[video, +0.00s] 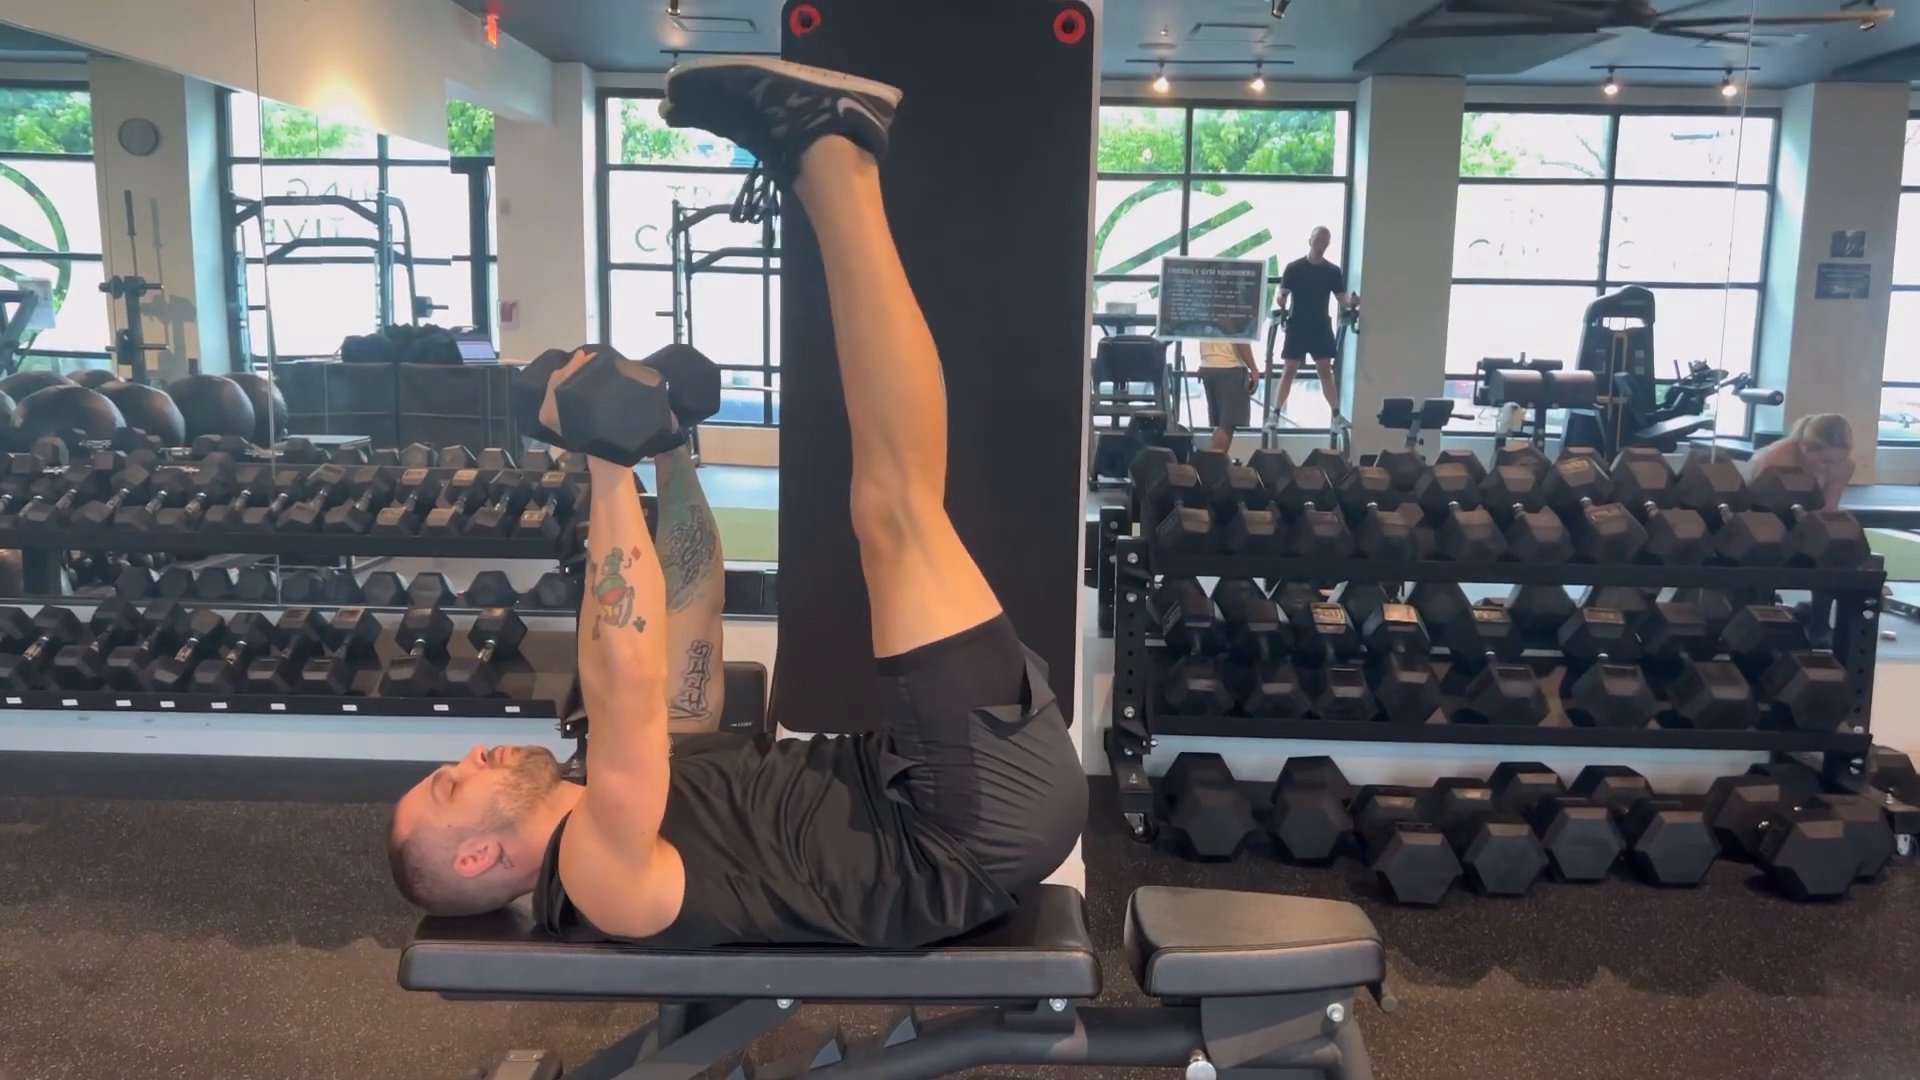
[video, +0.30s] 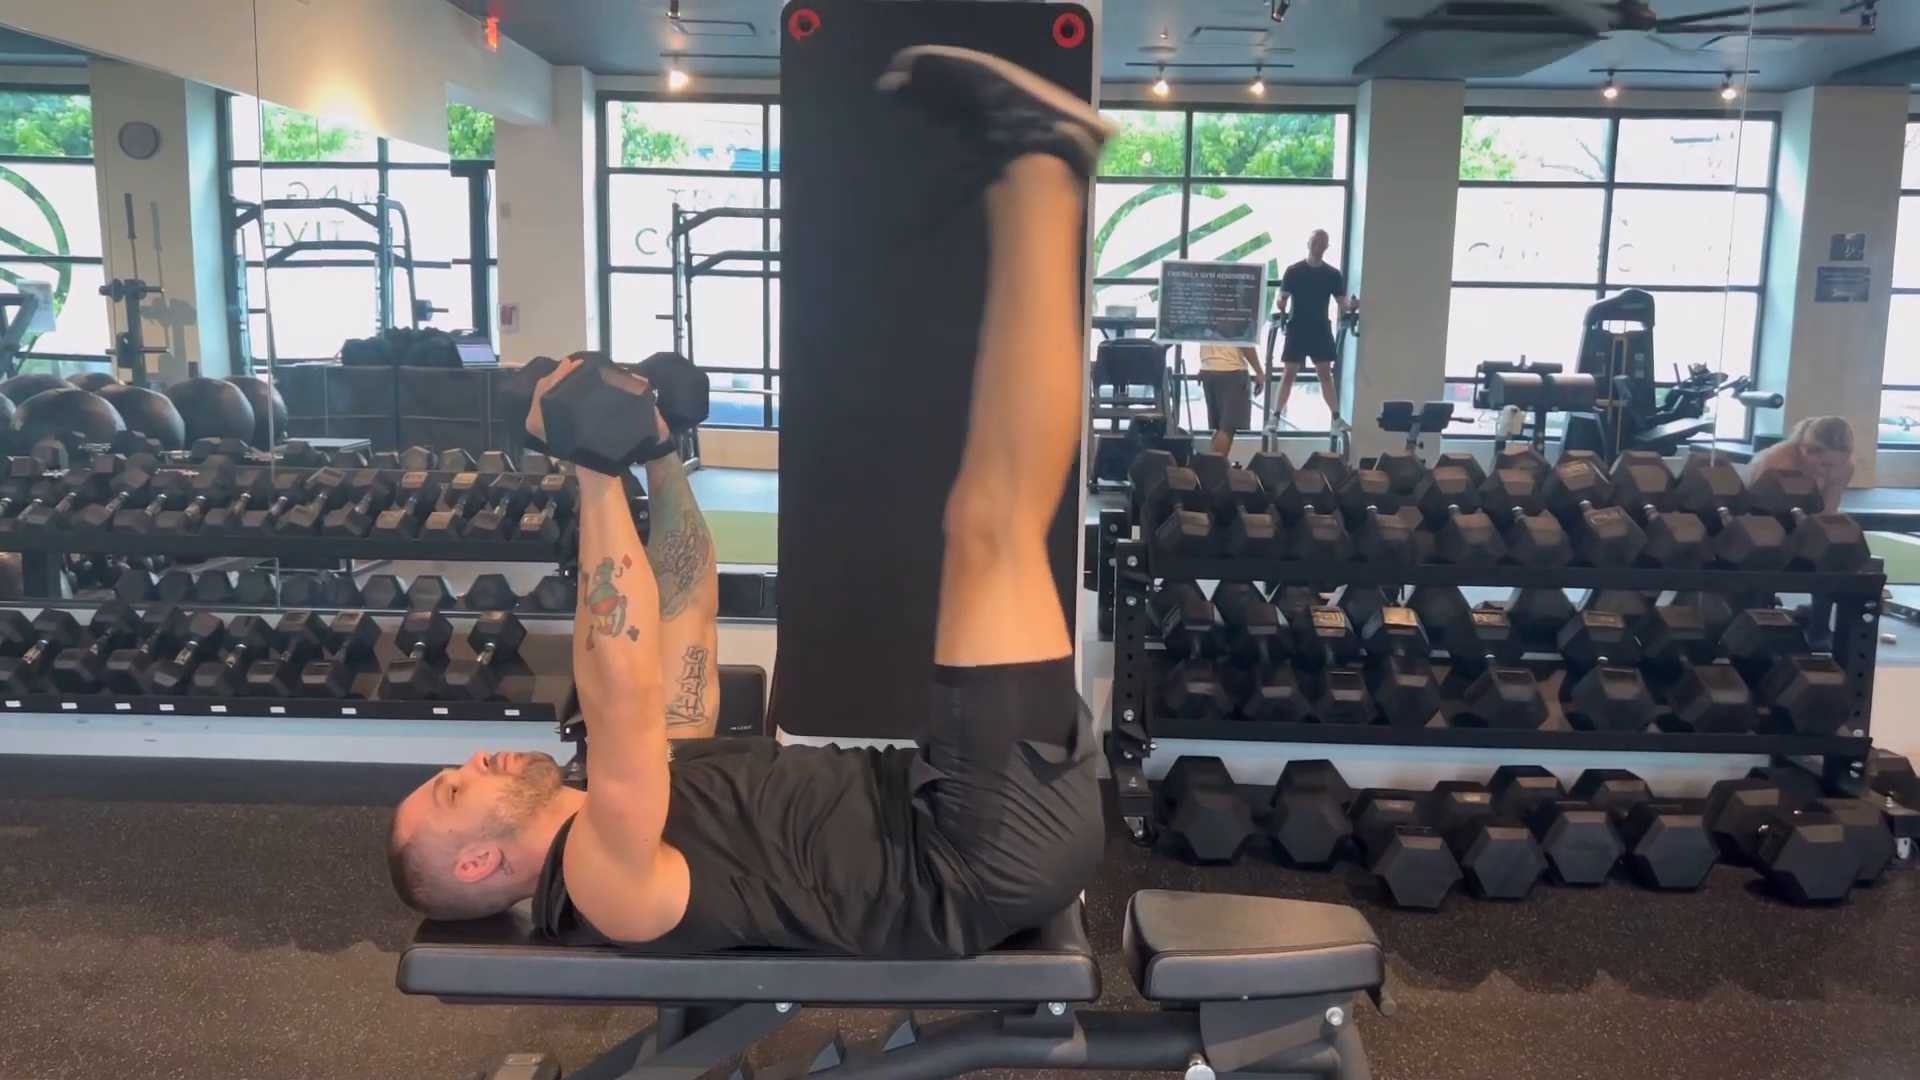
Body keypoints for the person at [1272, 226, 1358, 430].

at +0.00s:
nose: (1320, 246)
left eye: (1324, 243)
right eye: (1317, 242)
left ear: (1328, 245)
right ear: (1310, 241)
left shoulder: (1333, 271)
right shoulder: (1294, 268)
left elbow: (1342, 299)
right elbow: (1281, 296)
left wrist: (1352, 301)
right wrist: (1283, 309)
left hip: (1320, 325)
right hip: (1297, 324)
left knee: (1325, 371)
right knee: (1289, 370)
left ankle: (1336, 414)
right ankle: (1276, 412)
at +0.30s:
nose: (1317, 248)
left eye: (1321, 245)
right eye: (1314, 244)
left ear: (1326, 247)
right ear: (1308, 244)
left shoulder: (1333, 274)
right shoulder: (1294, 271)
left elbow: (1342, 302)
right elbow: (1281, 299)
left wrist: (1352, 304)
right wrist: (1282, 311)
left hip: (1320, 328)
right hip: (1297, 327)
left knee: (1325, 373)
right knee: (1289, 373)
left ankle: (1336, 418)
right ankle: (1276, 415)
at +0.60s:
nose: (1313, 246)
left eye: (1318, 243)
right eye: (1311, 242)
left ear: (1324, 247)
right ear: (1306, 245)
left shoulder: (1332, 275)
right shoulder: (1292, 273)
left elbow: (1342, 303)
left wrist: (1349, 308)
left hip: (1320, 329)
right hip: (1296, 328)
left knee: (1324, 376)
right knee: (1289, 374)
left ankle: (1331, 417)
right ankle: (1275, 418)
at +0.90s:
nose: (1312, 248)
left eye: (1316, 245)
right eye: (1311, 244)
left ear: (1320, 247)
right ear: (1307, 246)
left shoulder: (1331, 276)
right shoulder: (1291, 273)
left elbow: (1341, 305)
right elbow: (1280, 303)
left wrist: (1352, 306)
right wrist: (1281, 312)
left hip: (1319, 329)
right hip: (1295, 329)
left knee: (1324, 375)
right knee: (1288, 374)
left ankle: (1334, 419)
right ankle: (1274, 418)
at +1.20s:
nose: (1316, 254)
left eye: (1319, 251)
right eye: (1313, 249)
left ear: (1324, 250)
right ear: (1306, 247)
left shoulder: (1330, 276)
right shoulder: (1290, 274)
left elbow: (1339, 305)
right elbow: (1279, 302)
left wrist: (1350, 306)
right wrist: (1280, 312)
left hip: (1318, 329)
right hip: (1294, 329)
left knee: (1323, 375)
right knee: (1287, 374)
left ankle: (1333, 419)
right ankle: (1273, 417)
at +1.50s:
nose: (1318, 261)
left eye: (1322, 257)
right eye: (1315, 256)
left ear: (1325, 257)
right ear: (1307, 252)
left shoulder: (1329, 280)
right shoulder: (1291, 277)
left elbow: (1336, 309)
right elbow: (1278, 305)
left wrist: (1347, 308)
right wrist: (1278, 307)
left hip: (1318, 333)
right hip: (1294, 332)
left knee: (1328, 376)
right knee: (1285, 374)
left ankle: (1332, 421)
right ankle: (1272, 418)